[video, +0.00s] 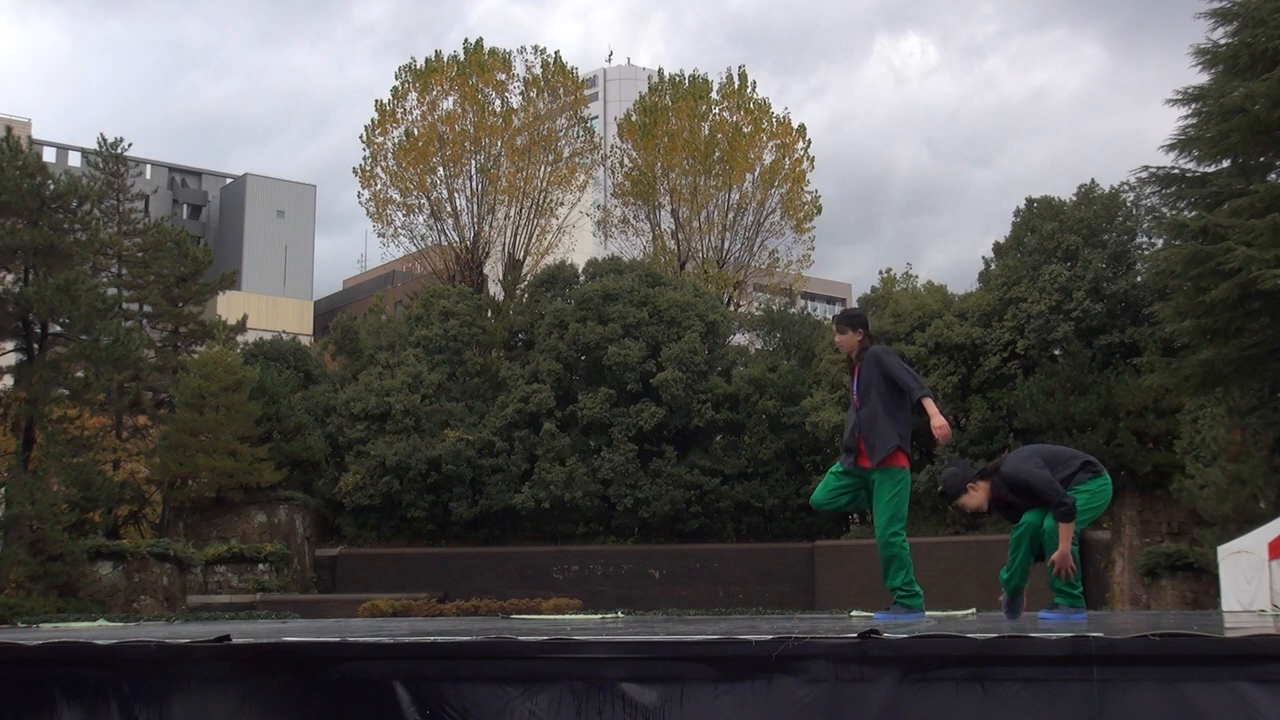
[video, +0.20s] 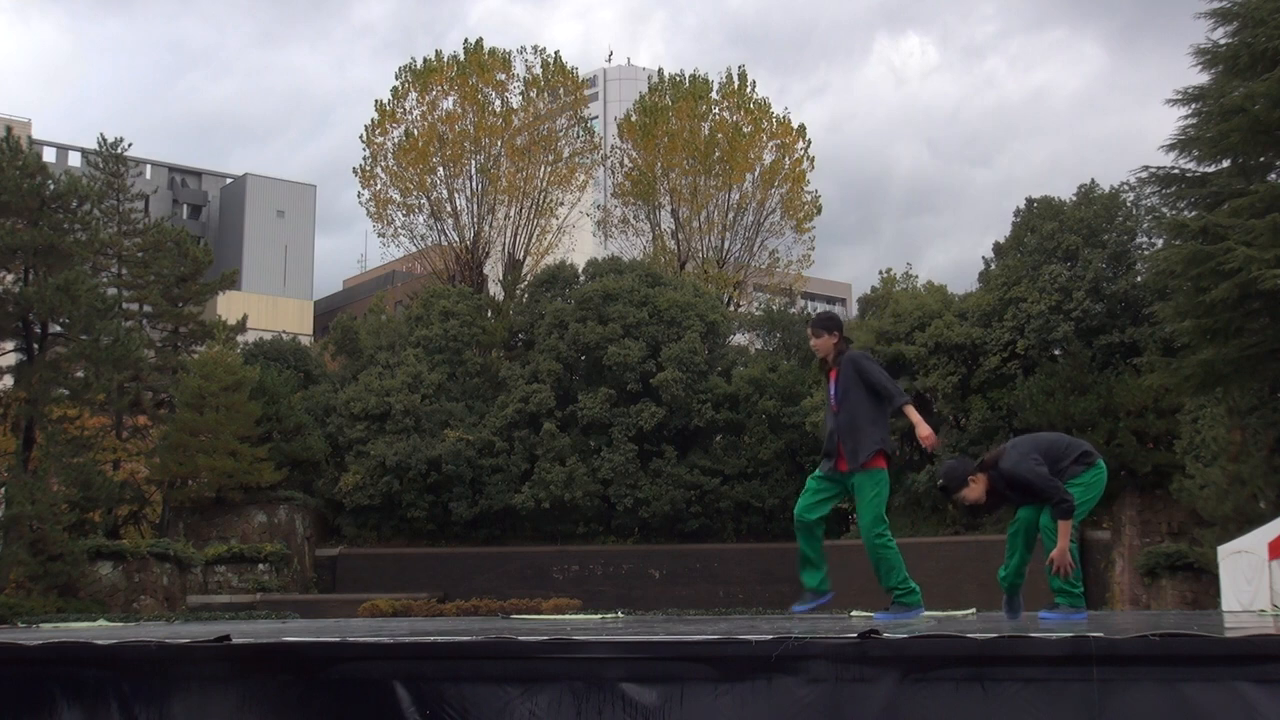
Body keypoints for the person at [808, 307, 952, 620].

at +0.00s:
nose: (837, 340)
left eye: (841, 333)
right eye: (835, 334)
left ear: (860, 333)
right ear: (851, 336)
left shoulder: (879, 355)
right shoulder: (857, 367)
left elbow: (914, 384)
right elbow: (865, 412)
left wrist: (935, 415)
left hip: (889, 458)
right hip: (856, 458)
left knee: (888, 532)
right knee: (822, 500)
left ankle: (909, 602)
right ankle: (877, 492)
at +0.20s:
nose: (812, 345)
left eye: (815, 338)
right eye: (810, 339)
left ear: (834, 337)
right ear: (823, 339)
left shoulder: (856, 360)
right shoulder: (833, 372)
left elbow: (892, 391)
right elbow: (845, 414)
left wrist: (920, 423)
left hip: (868, 460)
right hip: (835, 462)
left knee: (873, 531)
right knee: (805, 514)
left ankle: (907, 600)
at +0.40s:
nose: (781, 340)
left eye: (788, 335)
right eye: (781, 334)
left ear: (805, 340)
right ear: (786, 339)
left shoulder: (823, 370)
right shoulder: (790, 378)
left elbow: (855, 405)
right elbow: (797, 430)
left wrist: (884, 437)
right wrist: (784, 462)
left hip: (836, 465)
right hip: (805, 468)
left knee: (843, 528)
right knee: (793, 532)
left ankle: (894, 584)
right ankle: (789, 604)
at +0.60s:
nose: (770, 333)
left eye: (776, 329)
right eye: (769, 327)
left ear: (793, 333)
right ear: (771, 331)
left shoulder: (807, 372)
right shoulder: (766, 368)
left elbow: (838, 410)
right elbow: (757, 410)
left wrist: (870, 445)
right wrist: (743, 443)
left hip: (801, 458)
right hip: (777, 461)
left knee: (787, 501)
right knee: (778, 531)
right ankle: (789, 604)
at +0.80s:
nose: (758, 336)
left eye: (764, 332)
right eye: (757, 331)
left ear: (781, 335)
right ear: (757, 333)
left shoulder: (793, 375)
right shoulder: (755, 367)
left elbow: (816, 417)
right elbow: (743, 407)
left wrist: (841, 457)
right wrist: (722, 431)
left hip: (776, 455)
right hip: (755, 460)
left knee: (756, 500)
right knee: (765, 535)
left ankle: (820, 464)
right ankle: (788, 604)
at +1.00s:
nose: (739, 344)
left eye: (745, 340)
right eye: (738, 339)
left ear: (762, 341)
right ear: (739, 339)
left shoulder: (772, 378)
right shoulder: (738, 371)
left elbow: (788, 424)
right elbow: (728, 410)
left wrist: (797, 465)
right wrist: (704, 431)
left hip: (751, 458)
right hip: (735, 459)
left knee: (716, 503)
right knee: (752, 534)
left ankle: (792, 508)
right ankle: (786, 602)